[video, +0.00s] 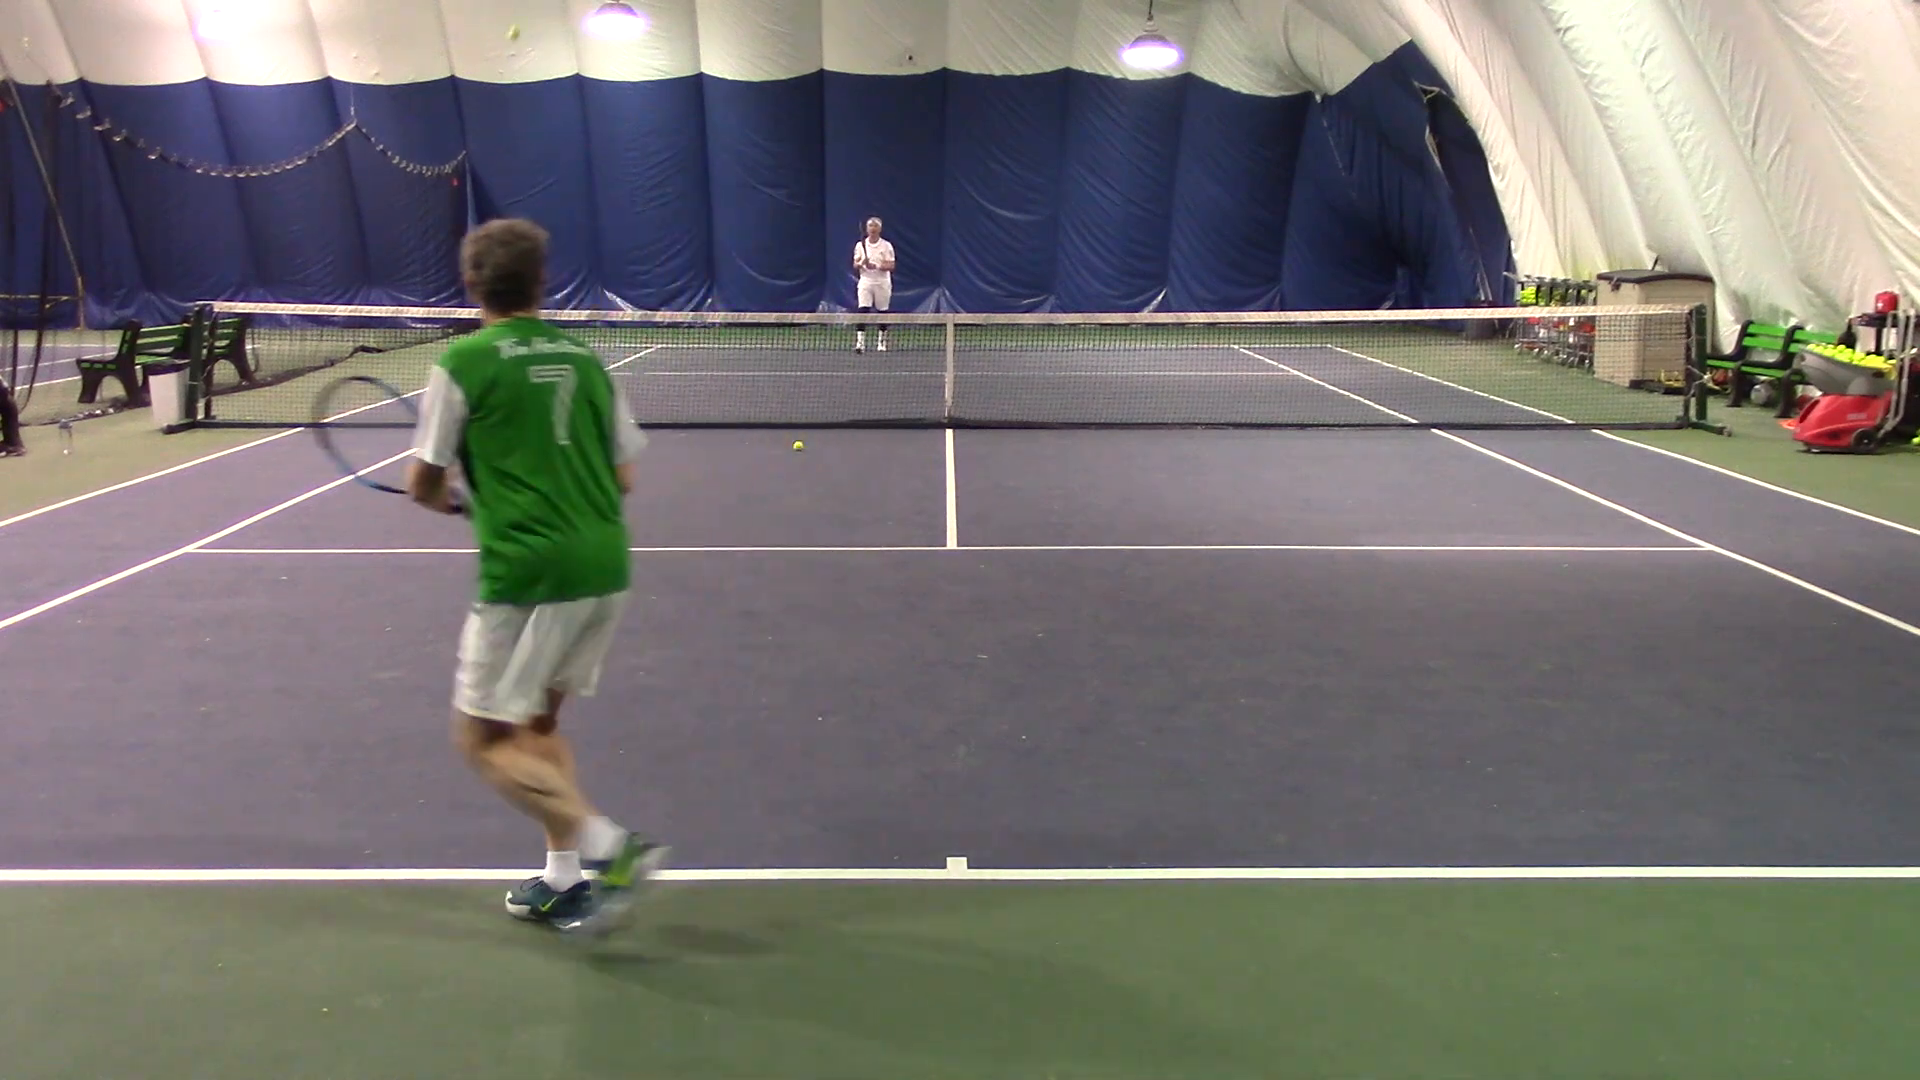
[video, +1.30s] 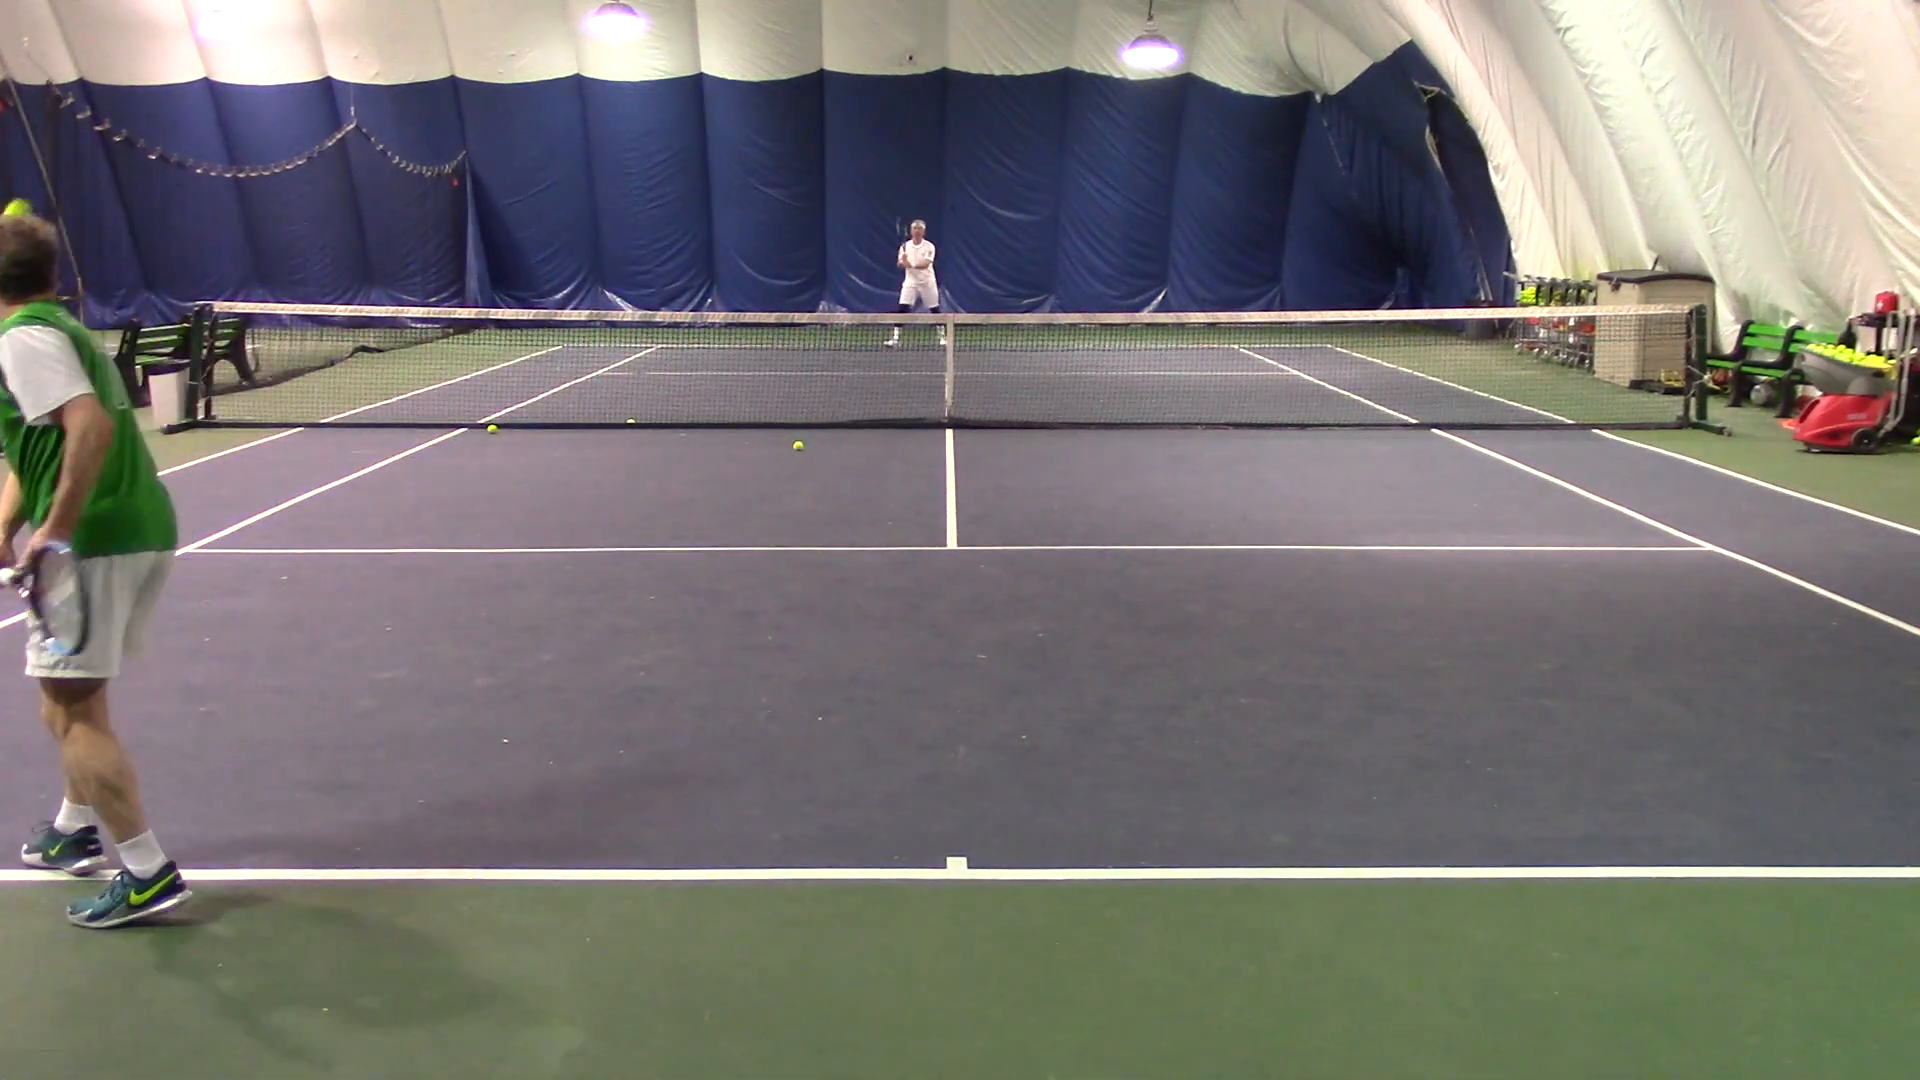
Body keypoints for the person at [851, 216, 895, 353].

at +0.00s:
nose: (872, 228)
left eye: (875, 226)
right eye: (870, 225)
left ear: (880, 228)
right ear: (866, 228)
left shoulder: (887, 246)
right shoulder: (860, 245)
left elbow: (891, 264)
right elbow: (855, 264)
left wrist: (878, 266)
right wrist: (861, 263)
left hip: (882, 282)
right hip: (865, 281)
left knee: (882, 312)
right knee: (863, 310)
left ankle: (882, 341)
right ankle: (860, 341)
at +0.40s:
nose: (886, 231)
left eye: (889, 229)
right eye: (884, 228)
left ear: (893, 229)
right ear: (880, 227)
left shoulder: (898, 245)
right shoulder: (871, 242)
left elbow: (899, 263)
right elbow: (864, 260)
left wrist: (885, 262)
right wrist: (871, 256)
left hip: (888, 281)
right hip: (872, 280)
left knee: (886, 311)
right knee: (872, 310)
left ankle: (882, 341)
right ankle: (878, 335)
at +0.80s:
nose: (892, 227)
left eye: (895, 224)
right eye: (890, 224)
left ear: (899, 226)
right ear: (886, 225)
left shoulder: (905, 242)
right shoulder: (879, 241)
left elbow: (902, 260)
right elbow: (874, 259)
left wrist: (888, 258)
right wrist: (880, 254)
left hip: (900, 278)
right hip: (885, 278)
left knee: (896, 305)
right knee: (887, 306)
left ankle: (893, 336)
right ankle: (893, 335)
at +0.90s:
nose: (896, 226)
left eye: (898, 224)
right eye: (894, 223)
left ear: (902, 225)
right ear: (889, 225)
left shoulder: (908, 240)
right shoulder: (883, 240)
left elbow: (904, 257)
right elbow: (877, 256)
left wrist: (888, 255)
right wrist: (882, 252)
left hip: (903, 277)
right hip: (888, 277)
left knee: (904, 306)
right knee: (891, 307)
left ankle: (904, 337)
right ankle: (893, 336)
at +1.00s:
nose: (900, 226)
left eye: (903, 223)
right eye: (898, 222)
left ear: (906, 225)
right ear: (894, 224)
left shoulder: (911, 240)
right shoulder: (888, 240)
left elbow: (907, 256)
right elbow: (882, 257)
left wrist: (892, 255)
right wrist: (885, 250)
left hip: (908, 277)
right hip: (892, 276)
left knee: (912, 306)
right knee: (891, 307)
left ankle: (919, 333)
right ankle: (894, 337)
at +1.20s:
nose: (910, 229)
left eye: (913, 227)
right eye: (908, 226)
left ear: (917, 229)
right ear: (905, 228)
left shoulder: (922, 244)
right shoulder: (898, 244)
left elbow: (918, 260)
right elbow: (892, 262)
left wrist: (903, 261)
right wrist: (895, 256)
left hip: (920, 280)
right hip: (903, 280)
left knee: (928, 308)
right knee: (896, 307)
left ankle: (939, 332)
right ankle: (894, 337)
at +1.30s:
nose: (917, 232)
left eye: (920, 229)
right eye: (915, 229)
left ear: (924, 231)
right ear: (911, 231)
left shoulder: (929, 246)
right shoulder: (905, 246)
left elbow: (927, 263)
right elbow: (899, 263)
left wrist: (912, 265)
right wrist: (903, 261)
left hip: (927, 282)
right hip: (910, 281)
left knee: (934, 309)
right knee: (903, 307)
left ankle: (941, 335)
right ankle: (896, 336)